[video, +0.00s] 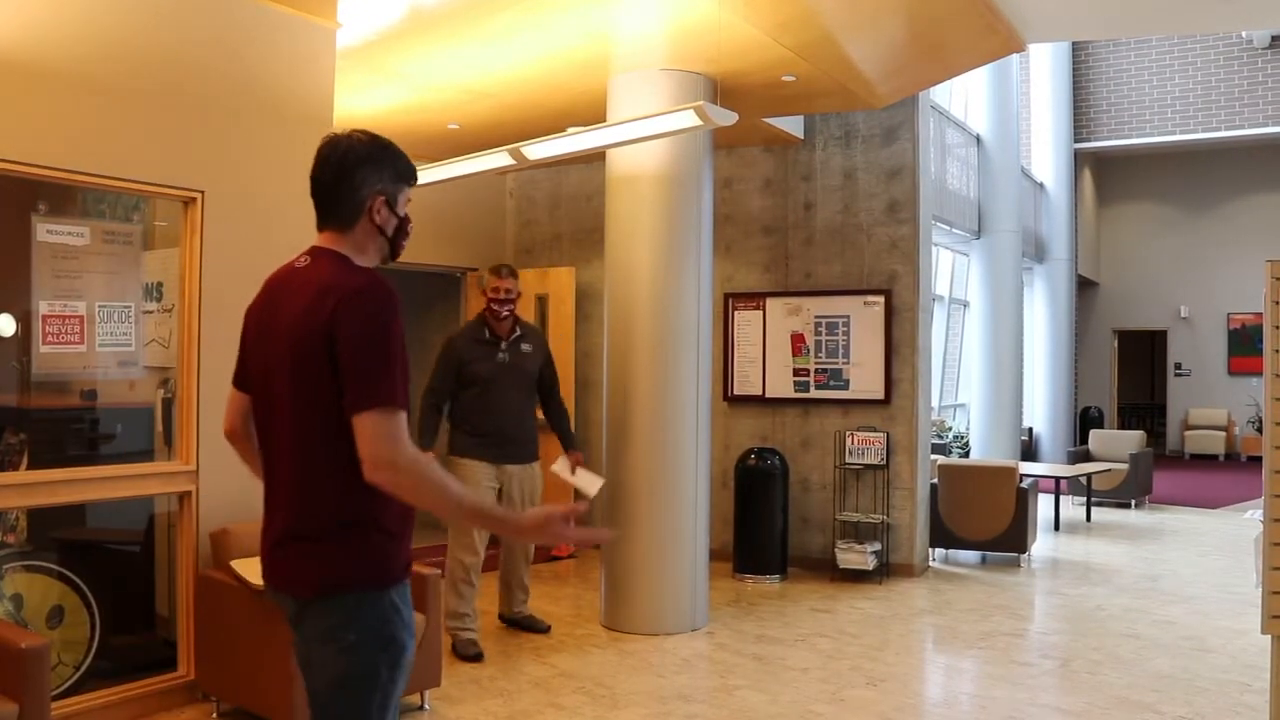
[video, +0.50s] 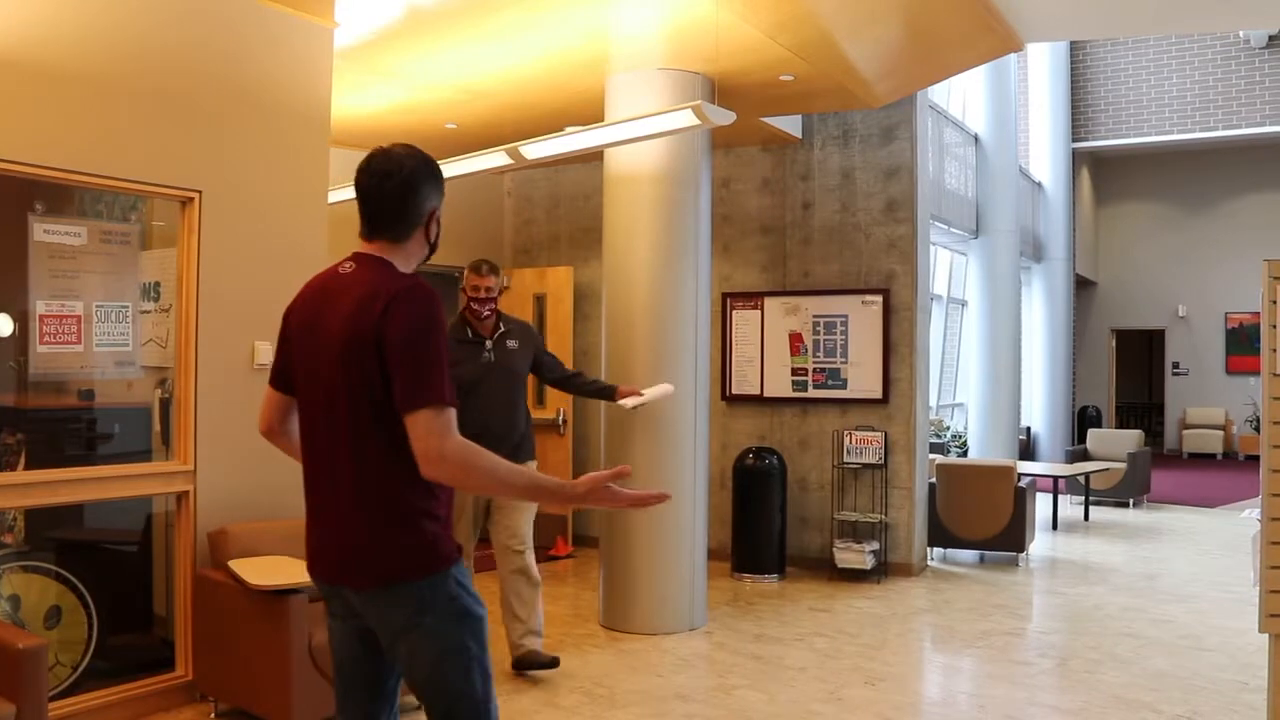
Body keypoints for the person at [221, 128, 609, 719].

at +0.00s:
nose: (408, 221)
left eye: (409, 205)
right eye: (406, 204)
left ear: (325, 202)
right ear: (377, 207)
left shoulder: (277, 288)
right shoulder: (363, 293)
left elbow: (238, 425)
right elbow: (386, 458)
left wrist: (296, 490)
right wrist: (511, 521)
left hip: (295, 567)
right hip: (355, 579)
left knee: (338, 707)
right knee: (362, 709)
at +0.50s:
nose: (440, 225)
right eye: (442, 212)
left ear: (363, 211)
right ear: (432, 221)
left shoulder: (311, 295)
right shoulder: (410, 297)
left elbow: (273, 421)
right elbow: (437, 452)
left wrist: (345, 460)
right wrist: (568, 492)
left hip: (336, 554)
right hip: (408, 559)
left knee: (363, 711)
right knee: (467, 709)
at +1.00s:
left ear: (429, 208)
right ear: (504, 223)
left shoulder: (373, 300)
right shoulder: (503, 304)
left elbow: (331, 425)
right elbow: (540, 458)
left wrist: (383, 450)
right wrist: (667, 495)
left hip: (406, 567)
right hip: (493, 572)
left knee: (406, 711)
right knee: (522, 710)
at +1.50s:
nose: (603, 226)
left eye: (601, 210)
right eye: (603, 213)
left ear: (523, 211)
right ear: (591, 219)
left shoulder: (456, 297)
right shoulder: (589, 302)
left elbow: (406, 429)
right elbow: (630, 466)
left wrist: (447, 465)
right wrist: (758, 502)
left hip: (486, 569)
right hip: (564, 578)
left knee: (546, 704)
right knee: (561, 711)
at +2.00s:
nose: (666, 227)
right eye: (667, 216)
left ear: (589, 221)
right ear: (662, 225)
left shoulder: (538, 308)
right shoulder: (668, 304)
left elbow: (492, 440)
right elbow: (705, 459)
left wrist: (519, 482)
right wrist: (799, 491)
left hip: (565, 562)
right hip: (645, 568)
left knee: (604, 711)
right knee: (646, 710)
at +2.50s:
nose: (648, 220)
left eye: (649, 211)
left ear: (654, 220)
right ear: (722, 227)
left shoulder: (597, 306)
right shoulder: (756, 314)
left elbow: (549, 438)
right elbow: (792, 467)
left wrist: (515, 484)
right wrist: (810, 474)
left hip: (620, 560)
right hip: (725, 564)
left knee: (608, 713)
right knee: (754, 711)